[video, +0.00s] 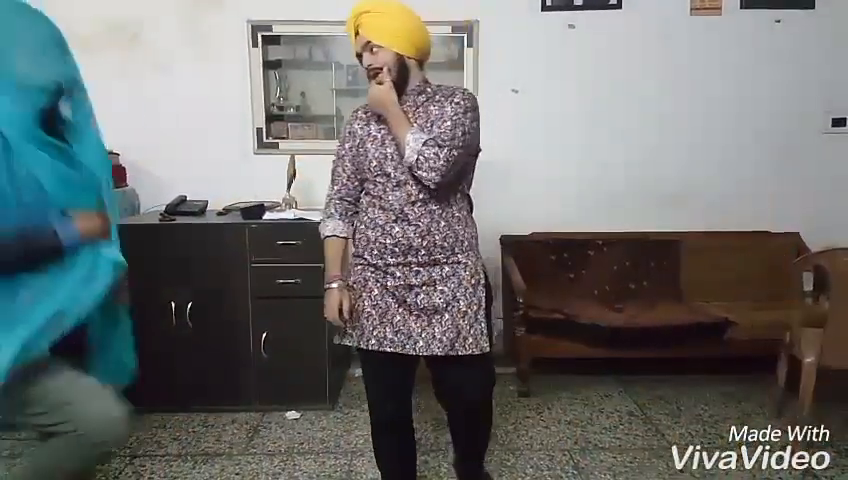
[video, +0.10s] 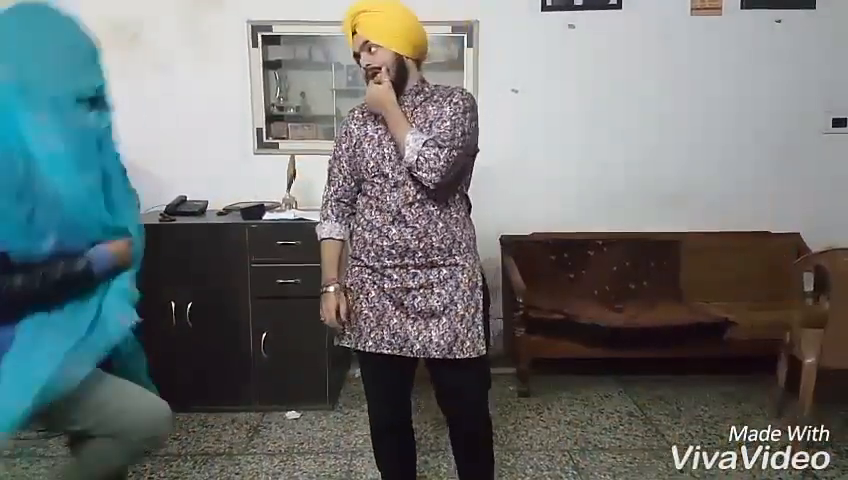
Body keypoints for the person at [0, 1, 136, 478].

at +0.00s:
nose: (59, 104)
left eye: (60, 90)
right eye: (44, 91)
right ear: (13, 86)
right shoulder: (9, 154)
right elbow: (7, 249)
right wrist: (67, 231)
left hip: (17, 346)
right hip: (8, 351)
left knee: (100, 419)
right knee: (100, 420)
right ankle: (15, 468)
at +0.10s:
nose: (96, 117)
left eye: (97, 100)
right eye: (80, 101)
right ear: (29, 100)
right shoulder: (9, 170)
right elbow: (6, 290)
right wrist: (91, 265)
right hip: (12, 353)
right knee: (146, 419)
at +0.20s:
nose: (120, 75)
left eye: (123, 61)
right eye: (105, 58)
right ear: (60, 50)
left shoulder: (118, 113)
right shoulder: (16, 117)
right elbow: (15, 260)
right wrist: (119, 232)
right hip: (27, 335)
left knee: (92, 457)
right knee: (151, 444)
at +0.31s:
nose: (147, 37)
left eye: (145, 22)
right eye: (130, 23)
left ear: (146, 25)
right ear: (89, 28)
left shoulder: (159, 107)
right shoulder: (34, 119)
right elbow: (53, 245)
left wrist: (201, 232)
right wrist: (158, 198)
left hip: (160, 316)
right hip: (86, 323)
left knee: (101, 447)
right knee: (142, 454)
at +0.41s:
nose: (179, 59)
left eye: (178, 41)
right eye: (162, 43)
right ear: (119, 43)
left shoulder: (179, 113)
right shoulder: (71, 128)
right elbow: (97, 253)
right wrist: (199, 204)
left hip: (184, 320)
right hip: (122, 332)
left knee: (155, 447)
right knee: (154, 459)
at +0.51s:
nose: (233, 51)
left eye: (231, 34)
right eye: (217, 35)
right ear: (173, 36)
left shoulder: (229, 108)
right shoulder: (125, 116)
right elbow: (143, 247)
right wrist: (249, 201)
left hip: (223, 331)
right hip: (160, 340)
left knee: (214, 460)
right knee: (171, 465)